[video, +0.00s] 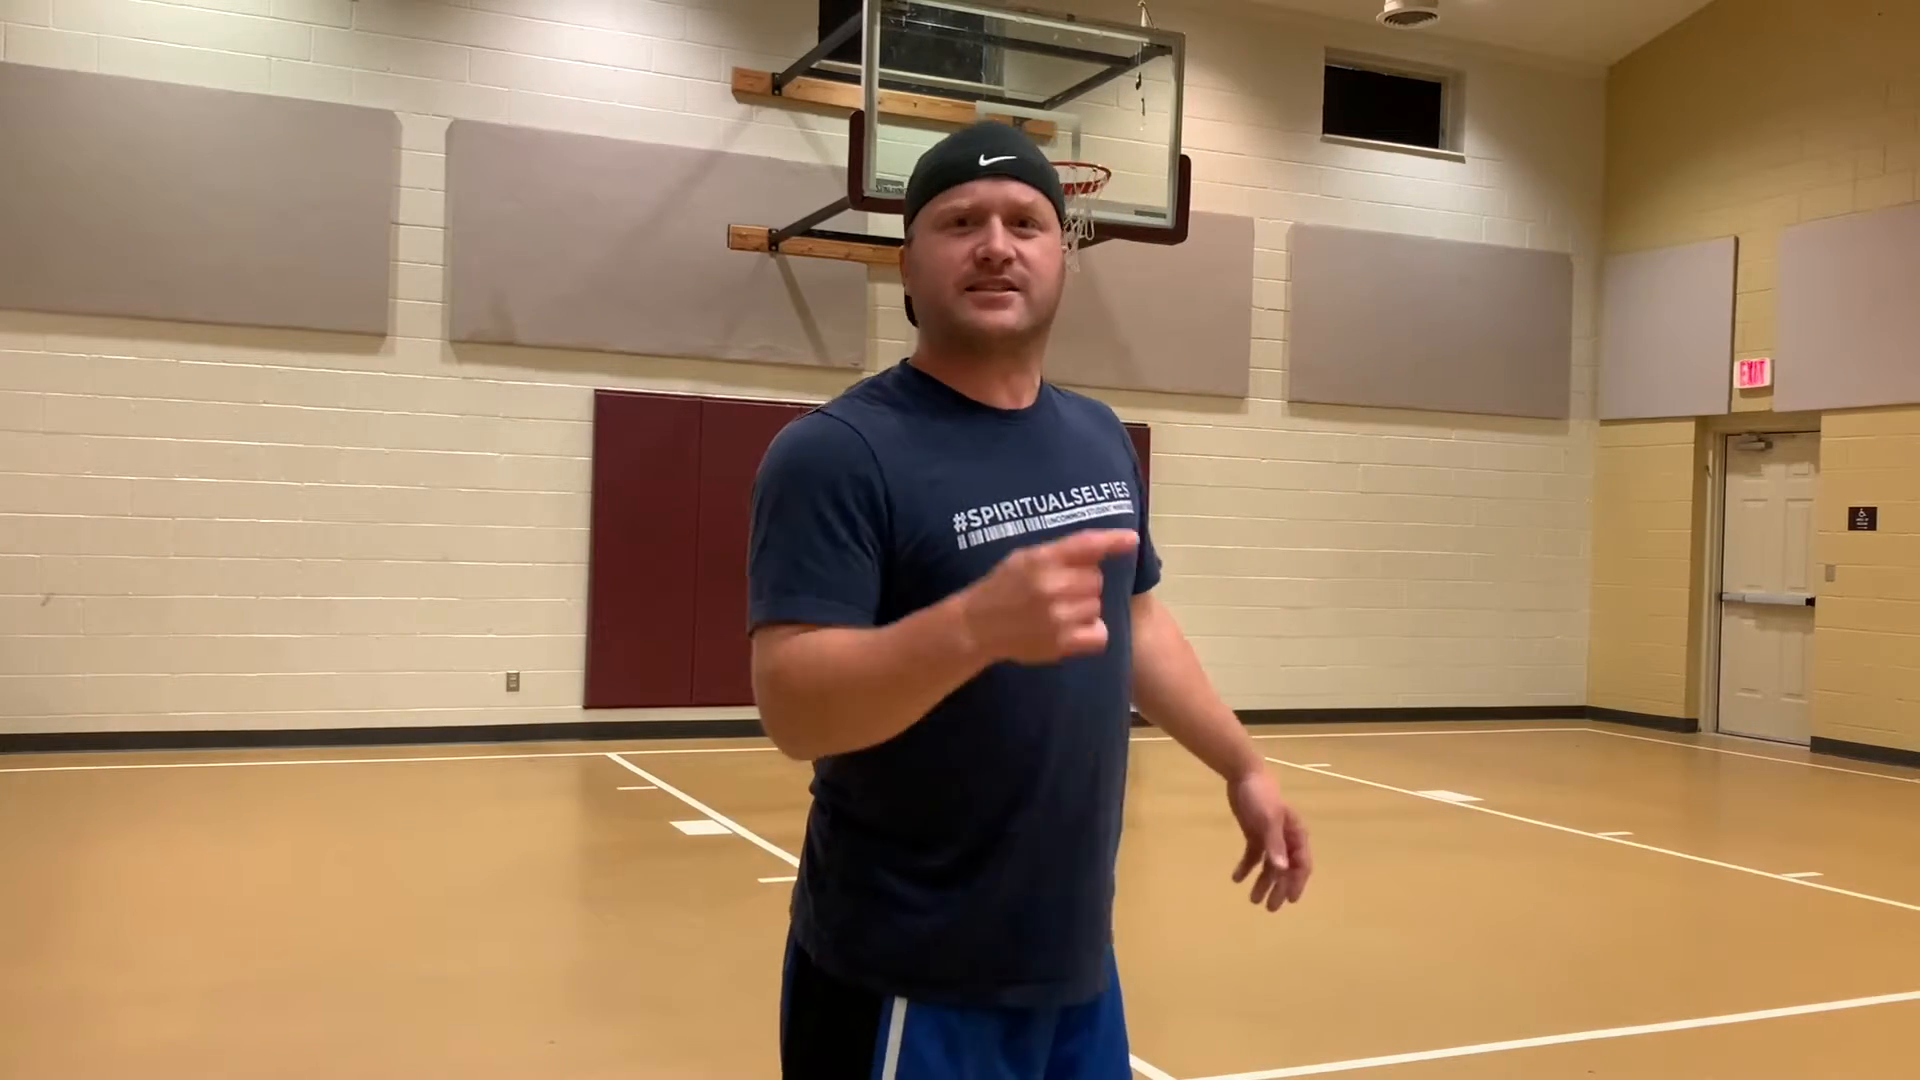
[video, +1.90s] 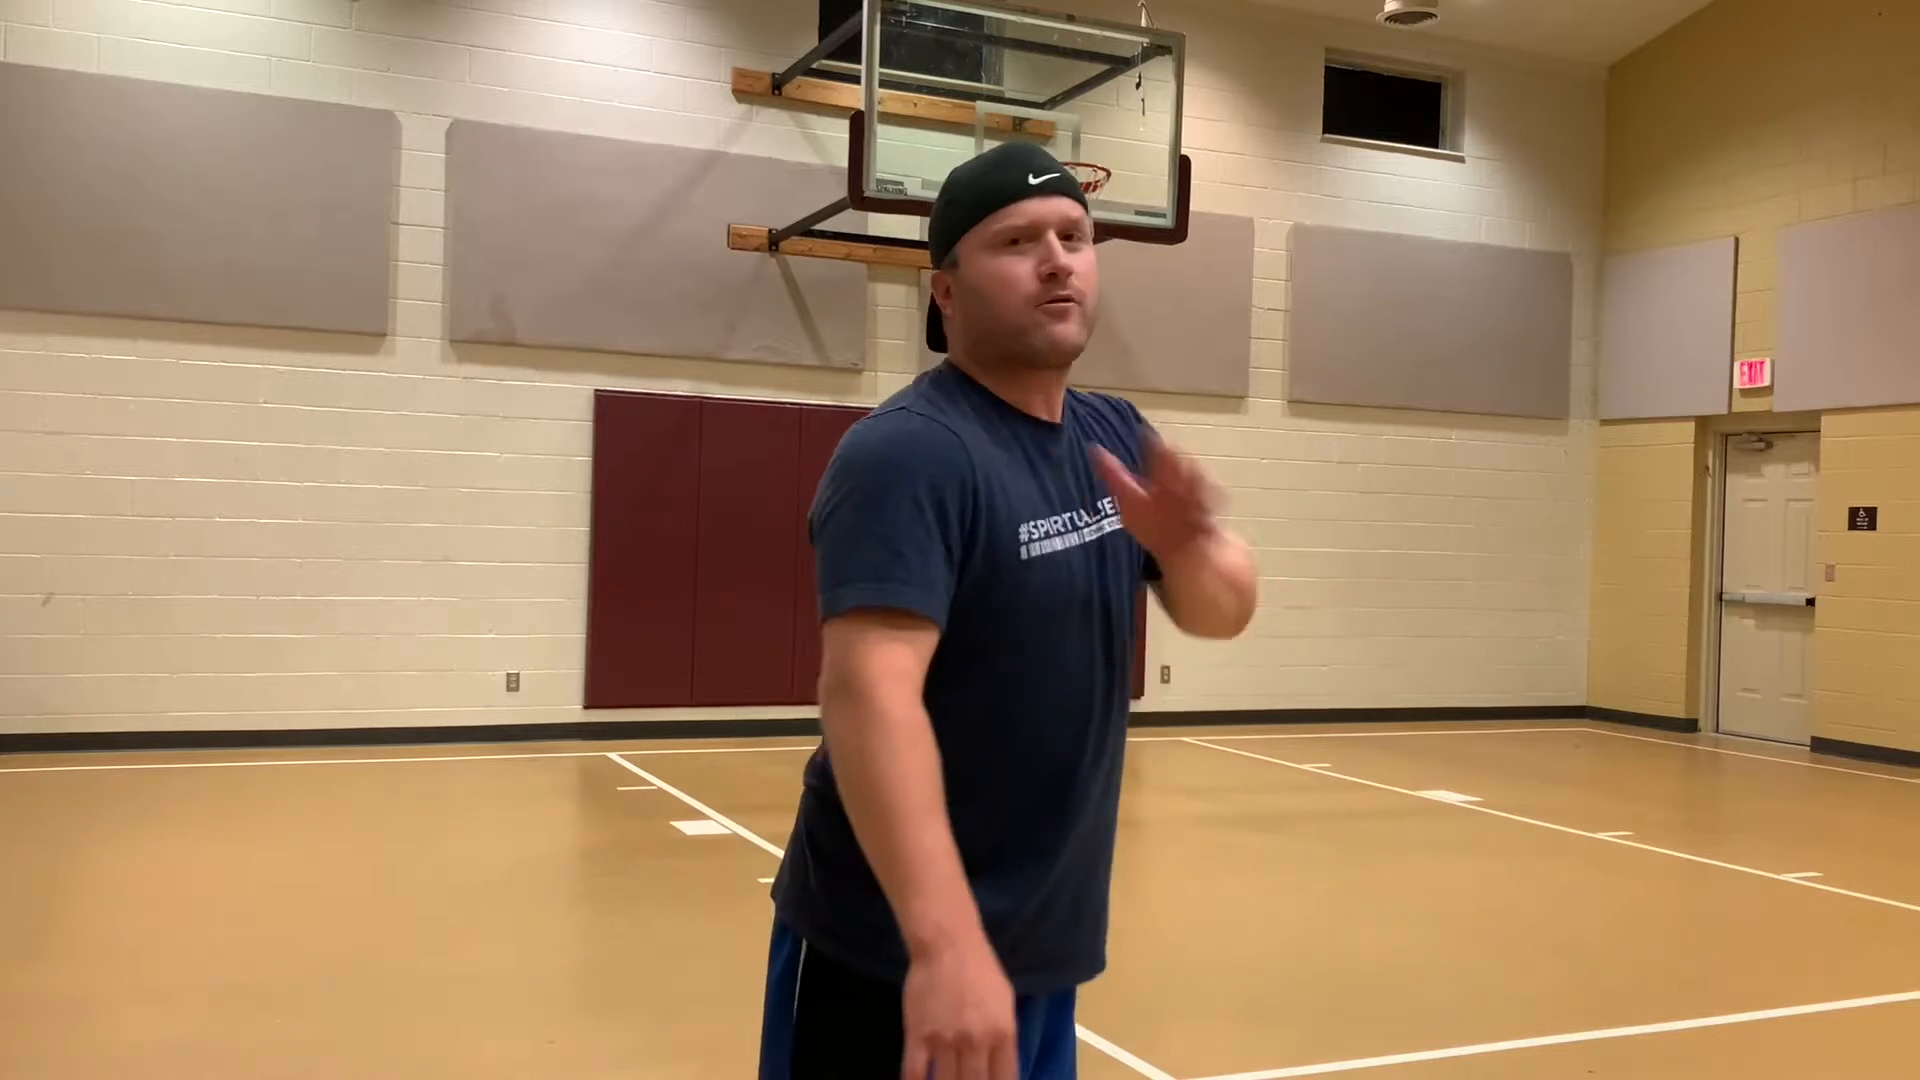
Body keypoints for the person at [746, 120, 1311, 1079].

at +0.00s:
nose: (995, 247)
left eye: (1025, 223)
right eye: (960, 223)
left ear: (1065, 260)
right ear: (907, 263)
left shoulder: (1097, 437)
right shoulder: (835, 455)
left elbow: (1134, 618)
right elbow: (797, 710)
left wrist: (1242, 763)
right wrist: (974, 626)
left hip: (1072, 954)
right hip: (901, 973)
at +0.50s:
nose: (1005, 246)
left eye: (1036, 223)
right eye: (971, 219)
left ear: (1073, 263)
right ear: (914, 257)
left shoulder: (1106, 443)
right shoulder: (837, 448)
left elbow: (1147, 633)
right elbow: (806, 694)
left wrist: (1238, 804)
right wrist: (1039, 730)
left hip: (1076, 960)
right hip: (903, 977)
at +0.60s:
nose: (1025, 271)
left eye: (1059, 248)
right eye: (997, 235)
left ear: (1092, 280)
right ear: (937, 248)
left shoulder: (1104, 445)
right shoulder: (834, 450)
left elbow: (1142, 635)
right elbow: (790, 694)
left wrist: (1236, 807)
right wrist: (997, 810)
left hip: (1079, 981)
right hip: (902, 994)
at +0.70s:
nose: (1030, 275)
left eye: (1066, 253)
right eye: (1003, 240)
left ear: (1099, 281)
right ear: (943, 251)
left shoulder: (1113, 448)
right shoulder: (838, 452)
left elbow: (1143, 641)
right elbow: (788, 698)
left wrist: (1224, 821)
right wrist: (942, 883)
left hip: (1076, 972)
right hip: (893, 986)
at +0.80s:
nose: (1023, 274)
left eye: (1056, 248)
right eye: (992, 242)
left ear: (1095, 269)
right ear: (936, 254)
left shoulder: (1118, 450)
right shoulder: (840, 453)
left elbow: (1147, 648)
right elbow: (794, 701)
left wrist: (1214, 833)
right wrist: (882, 947)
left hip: (1075, 969)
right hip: (902, 992)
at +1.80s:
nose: (1023, 280)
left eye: (1051, 254)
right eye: (988, 251)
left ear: (1084, 283)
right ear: (928, 278)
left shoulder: (1085, 439)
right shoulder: (869, 471)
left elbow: (1128, 608)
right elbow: (801, 714)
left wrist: (1207, 728)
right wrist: (864, 986)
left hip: (1046, 977)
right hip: (896, 995)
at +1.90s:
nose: (1060, 265)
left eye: (1075, 239)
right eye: (1018, 243)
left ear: (1099, 267)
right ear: (947, 289)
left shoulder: (1114, 433)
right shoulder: (906, 453)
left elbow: (1222, 616)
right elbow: (868, 695)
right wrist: (948, 945)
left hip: (1038, 954)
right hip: (884, 958)